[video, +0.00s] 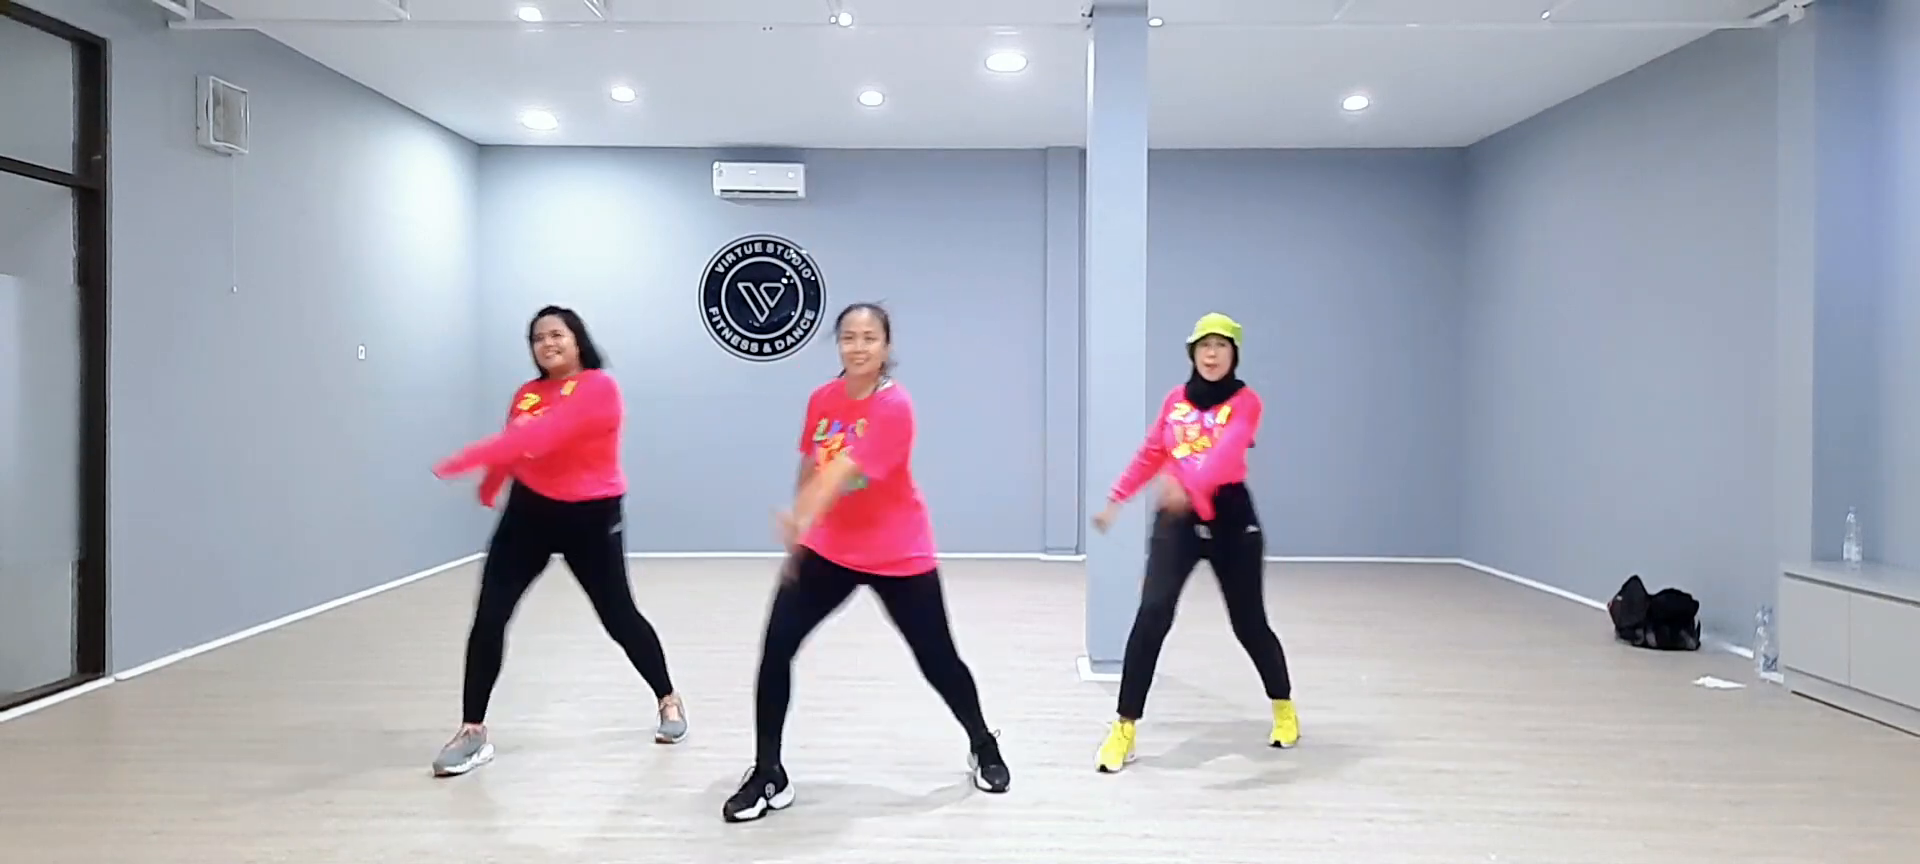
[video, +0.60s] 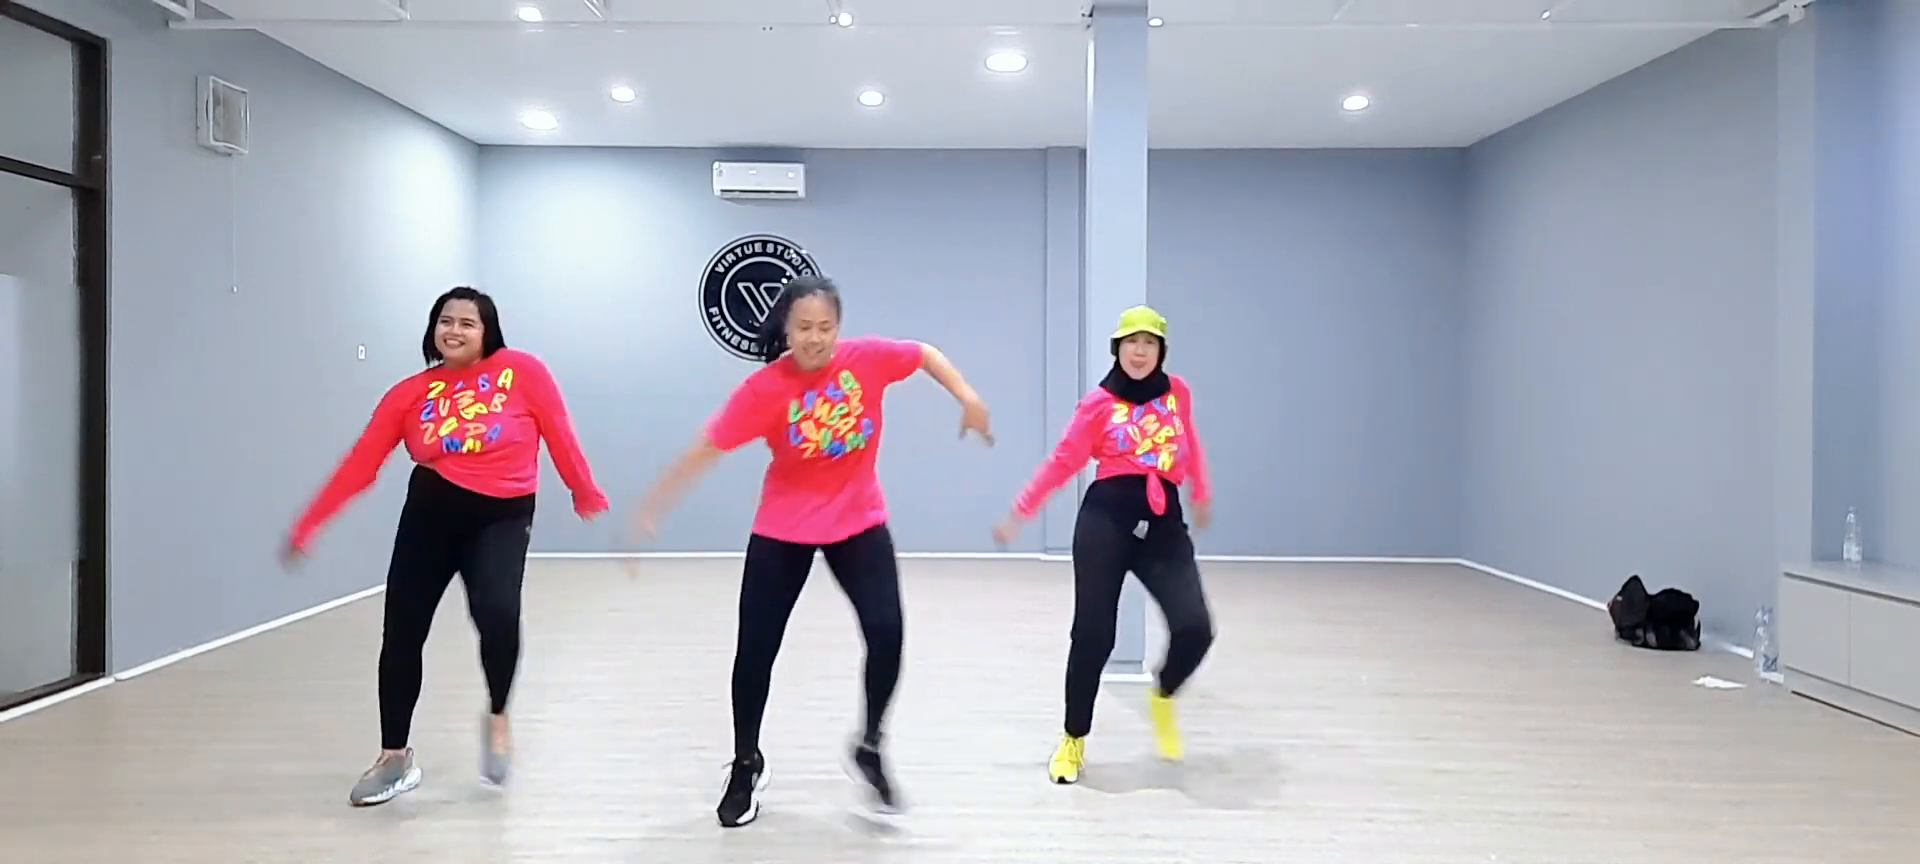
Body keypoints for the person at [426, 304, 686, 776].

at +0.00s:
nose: (547, 343)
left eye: (557, 334)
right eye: (539, 339)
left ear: (579, 340)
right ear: (533, 350)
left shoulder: (600, 389)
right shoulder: (528, 395)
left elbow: (544, 437)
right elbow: (513, 445)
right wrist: (492, 483)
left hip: (590, 516)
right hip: (529, 512)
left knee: (620, 618)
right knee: (489, 616)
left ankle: (668, 700)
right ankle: (473, 729)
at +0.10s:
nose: (525, 323)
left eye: (535, 315)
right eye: (517, 317)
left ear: (556, 323)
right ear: (507, 328)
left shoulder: (577, 367)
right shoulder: (500, 376)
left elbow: (538, 414)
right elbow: (479, 424)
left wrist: (451, 427)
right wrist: (445, 462)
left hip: (559, 500)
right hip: (499, 496)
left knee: (590, 604)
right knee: (473, 611)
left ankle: (638, 689)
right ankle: (470, 728)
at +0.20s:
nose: (505, 295)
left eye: (515, 287)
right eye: (496, 289)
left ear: (536, 295)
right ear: (485, 301)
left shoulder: (560, 335)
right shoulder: (474, 349)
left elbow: (556, 391)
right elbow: (437, 393)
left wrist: (475, 405)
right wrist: (392, 436)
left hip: (546, 477)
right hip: (483, 474)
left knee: (559, 594)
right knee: (468, 596)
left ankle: (564, 690)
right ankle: (459, 714)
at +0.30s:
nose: (483, 286)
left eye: (494, 278)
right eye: (475, 280)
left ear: (517, 287)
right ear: (464, 291)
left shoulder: (542, 324)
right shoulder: (451, 338)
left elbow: (570, 382)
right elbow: (401, 380)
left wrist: (491, 413)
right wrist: (345, 421)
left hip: (532, 466)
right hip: (468, 461)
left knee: (517, 591)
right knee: (447, 589)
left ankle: (496, 711)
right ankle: (436, 711)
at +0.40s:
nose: (466, 305)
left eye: (478, 297)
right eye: (457, 298)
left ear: (502, 305)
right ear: (447, 308)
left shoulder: (531, 340)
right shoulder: (434, 357)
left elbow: (572, 397)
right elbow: (373, 399)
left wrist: (532, 455)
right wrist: (301, 427)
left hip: (512, 491)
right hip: (449, 485)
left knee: (486, 618)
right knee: (426, 614)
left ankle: (468, 732)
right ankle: (397, 744)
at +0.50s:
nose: (453, 324)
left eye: (466, 318)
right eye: (446, 317)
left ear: (488, 328)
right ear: (435, 326)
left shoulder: (522, 363)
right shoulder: (419, 387)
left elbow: (561, 438)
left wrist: (584, 507)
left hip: (499, 513)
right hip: (429, 506)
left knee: (483, 632)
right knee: (406, 629)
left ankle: (474, 724)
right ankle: (394, 755)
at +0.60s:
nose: (454, 330)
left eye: (467, 323)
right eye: (446, 322)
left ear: (488, 332)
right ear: (434, 333)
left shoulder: (521, 371)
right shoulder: (411, 394)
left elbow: (561, 435)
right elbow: (361, 464)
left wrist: (586, 494)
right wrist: (307, 526)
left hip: (500, 517)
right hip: (430, 513)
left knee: (497, 613)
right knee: (401, 631)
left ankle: (498, 717)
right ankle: (394, 755)